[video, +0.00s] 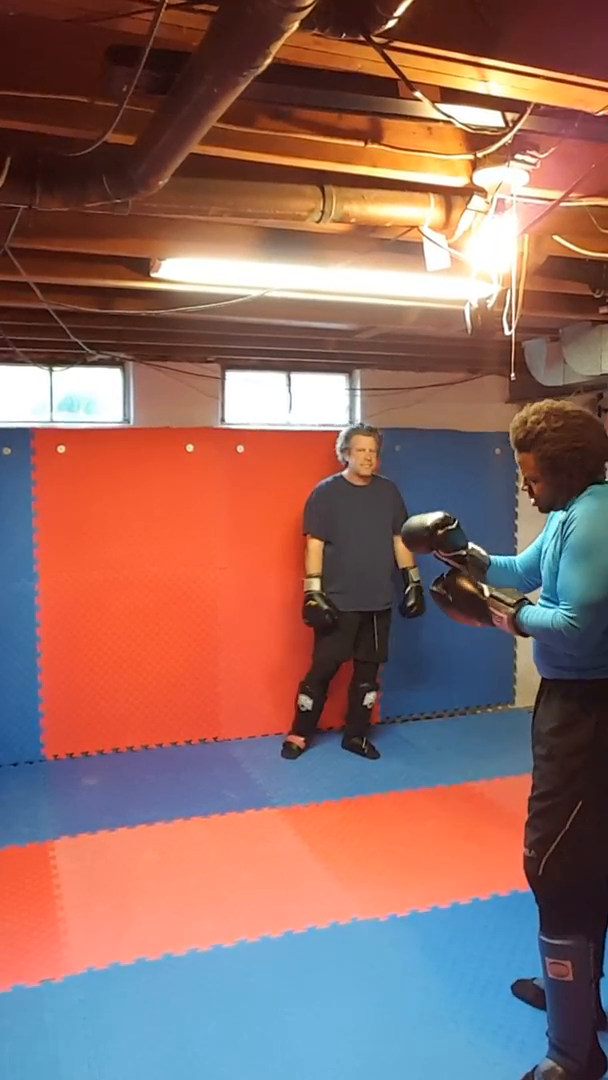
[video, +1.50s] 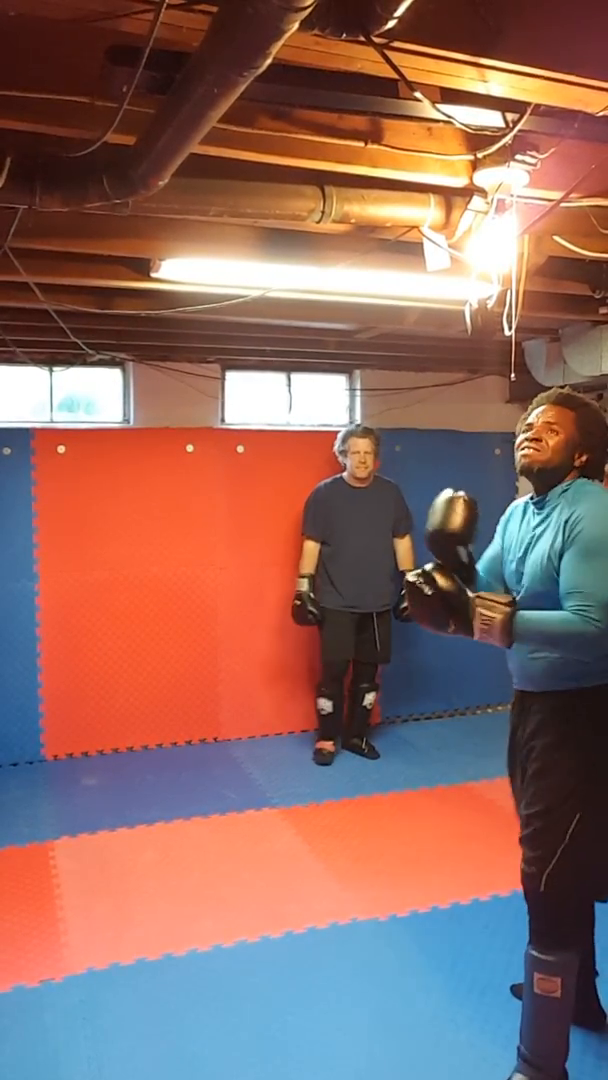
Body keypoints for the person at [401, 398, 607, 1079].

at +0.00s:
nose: (523, 479)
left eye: (531, 467)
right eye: (522, 467)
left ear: (567, 464)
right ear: (561, 466)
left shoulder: (591, 517)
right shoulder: (569, 515)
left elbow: (586, 626)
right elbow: (527, 572)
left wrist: (515, 613)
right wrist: (466, 553)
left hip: (584, 718)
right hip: (568, 708)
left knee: (562, 868)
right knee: (562, 854)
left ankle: (576, 1057)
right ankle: (575, 984)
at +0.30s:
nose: (517, 479)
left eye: (524, 467)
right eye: (515, 467)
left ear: (559, 464)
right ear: (559, 464)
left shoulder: (585, 518)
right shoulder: (567, 513)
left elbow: (583, 623)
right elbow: (524, 573)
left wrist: (513, 622)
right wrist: (463, 557)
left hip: (584, 715)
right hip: (570, 706)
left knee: (563, 867)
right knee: (565, 854)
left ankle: (577, 1057)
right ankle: (575, 985)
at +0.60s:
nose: (512, 482)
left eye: (517, 470)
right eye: (510, 471)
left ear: (549, 467)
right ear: (560, 464)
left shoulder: (580, 519)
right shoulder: (570, 512)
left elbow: (562, 626)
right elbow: (522, 584)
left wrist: (498, 619)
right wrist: (478, 558)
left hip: (584, 711)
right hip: (578, 704)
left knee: (562, 867)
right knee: (571, 854)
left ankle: (575, 1055)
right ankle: (575, 987)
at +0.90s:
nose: (512, 483)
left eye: (518, 471)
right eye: (511, 472)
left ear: (551, 469)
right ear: (559, 465)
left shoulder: (579, 520)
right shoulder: (569, 511)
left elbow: (555, 626)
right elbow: (520, 586)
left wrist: (488, 604)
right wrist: (481, 544)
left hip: (584, 711)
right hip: (576, 703)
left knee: (562, 866)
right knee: (569, 854)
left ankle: (575, 1057)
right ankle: (574, 986)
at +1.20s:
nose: (531, 446)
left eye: (546, 437)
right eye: (530, 437)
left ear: (583, 448)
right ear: (535, 447)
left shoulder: (586, 507)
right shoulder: (541, 507)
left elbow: (557, 617)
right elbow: (519, 591)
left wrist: (489, 599)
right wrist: (484, 568)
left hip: (587, 709)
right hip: (562, 703)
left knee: (552, 862)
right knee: (569, 852)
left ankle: (574, 1058)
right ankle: (571, 982)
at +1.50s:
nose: (524, 437)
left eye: (542, 429)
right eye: (524, 429)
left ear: (579, 447)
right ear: (523, 444)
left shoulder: (591, 509)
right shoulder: (516, 515)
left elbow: (595, 622)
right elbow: (488, 595)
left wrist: (513, 624)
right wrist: (443, 605)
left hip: (577, 711)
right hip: (535, 707)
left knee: (550, 874)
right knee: (557, 858)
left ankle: (542, 1064)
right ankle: (575, 991)